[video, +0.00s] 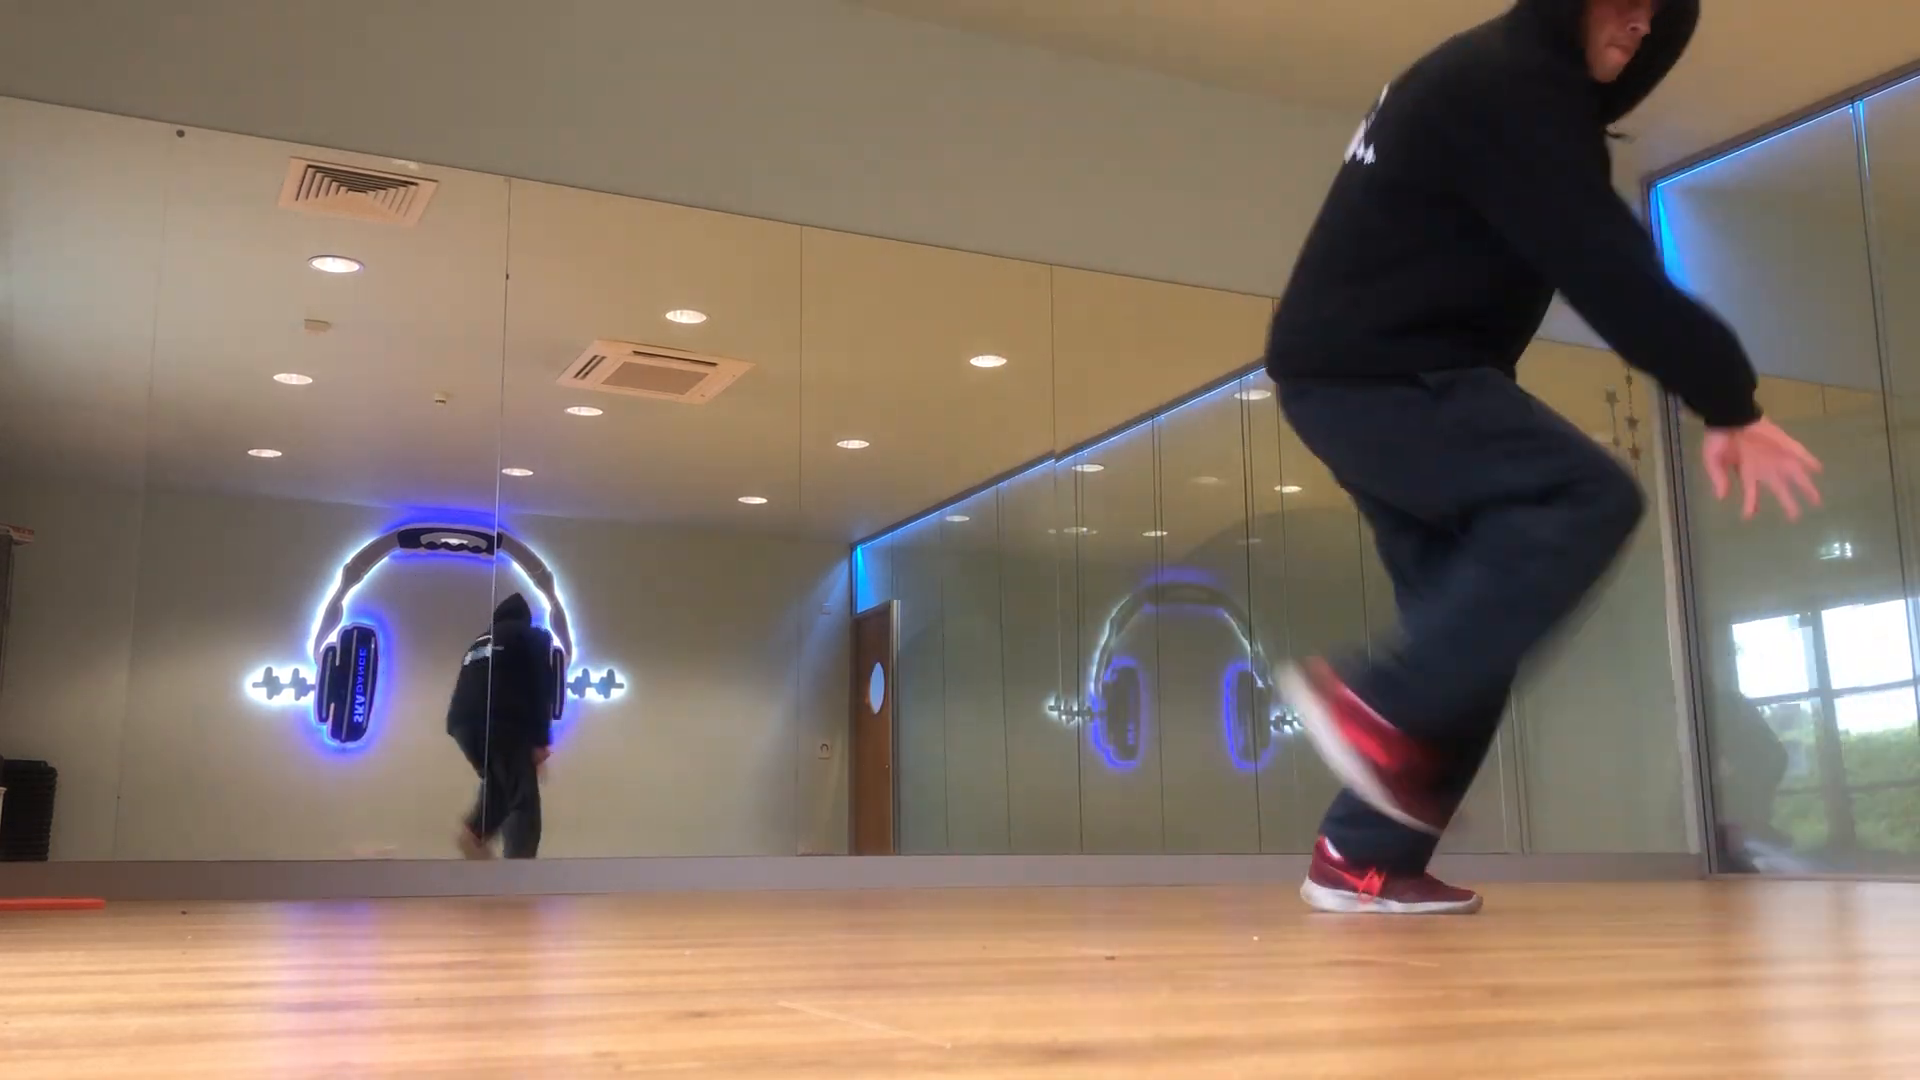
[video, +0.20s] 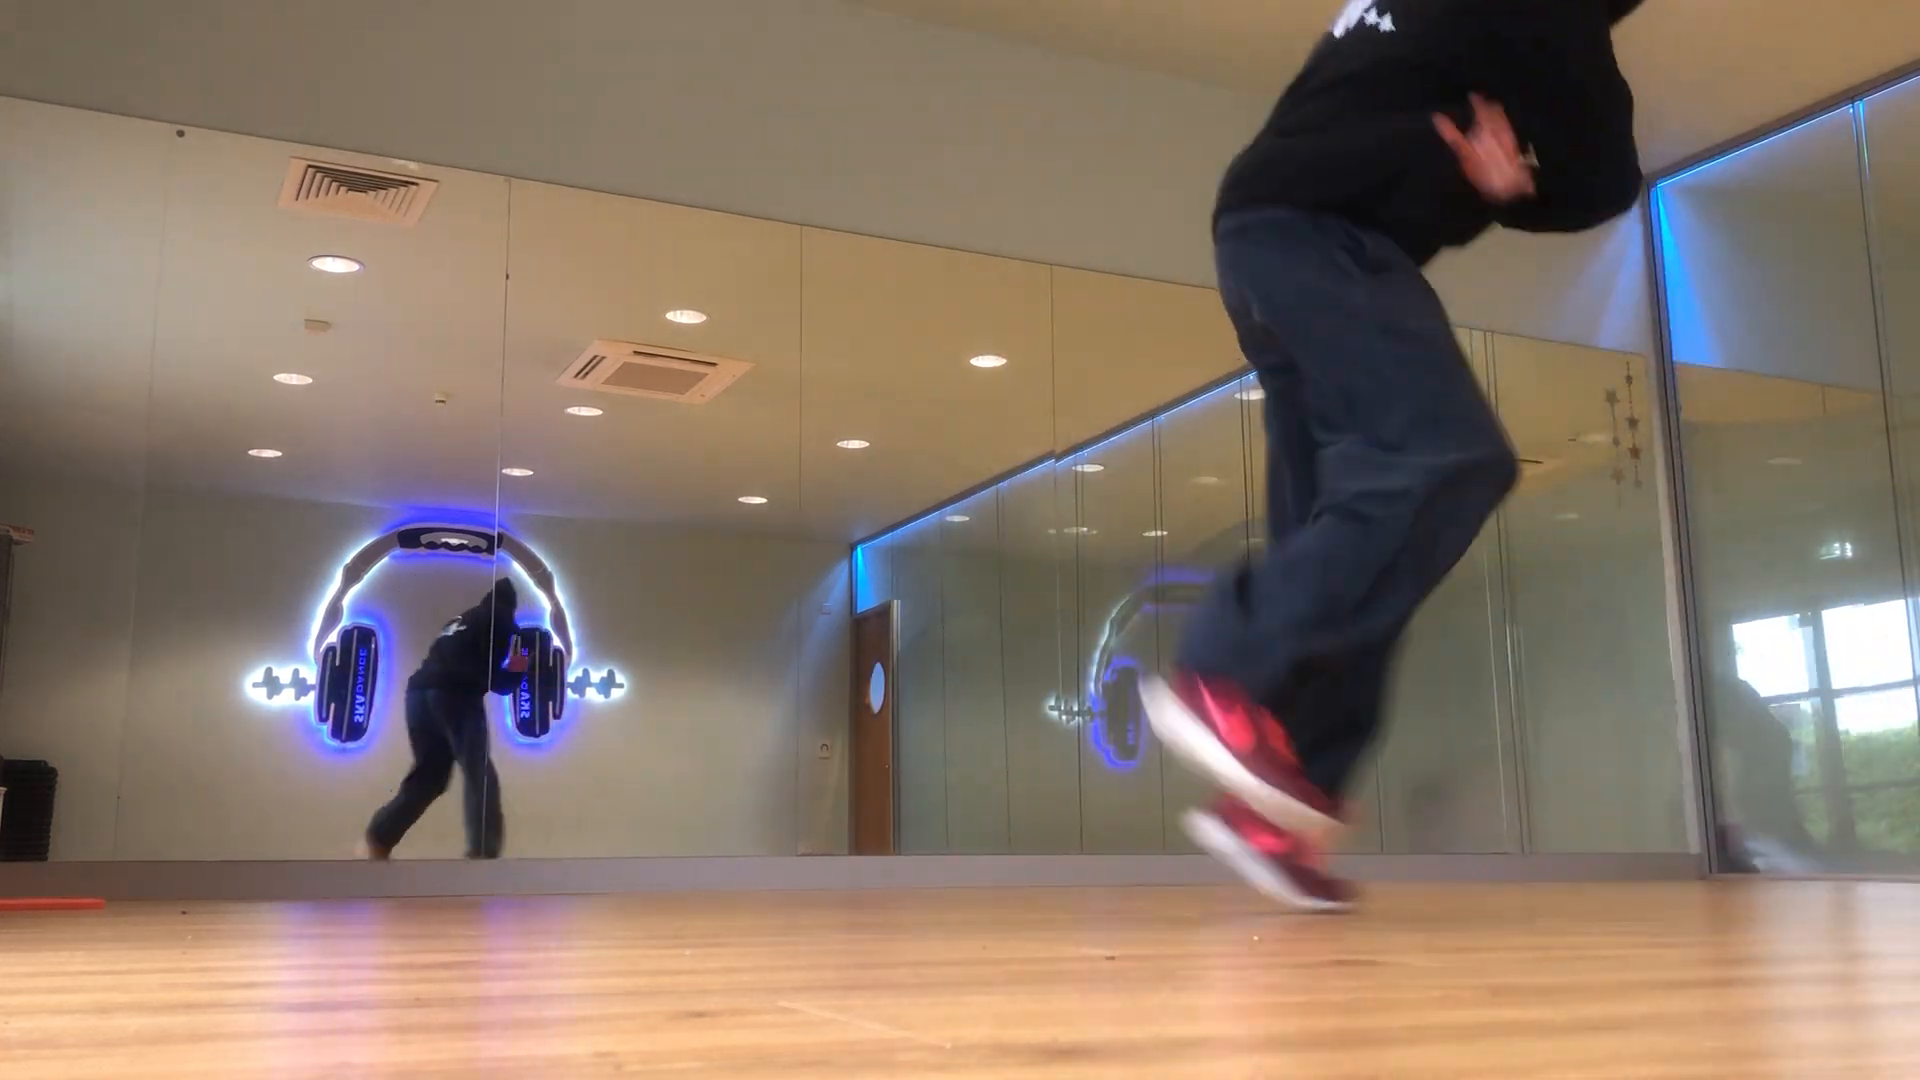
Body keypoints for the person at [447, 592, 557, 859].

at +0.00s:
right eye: (528, 615)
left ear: (497, 617)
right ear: (526, 615)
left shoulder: (480, 642)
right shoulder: (534, 637)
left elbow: (465, 694)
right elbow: (541, 689)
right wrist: (541, 739)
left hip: (463, 721)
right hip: (507, 722)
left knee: (498, 779)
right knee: (524, 794)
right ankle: (519, 866)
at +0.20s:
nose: (513, 613)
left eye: (511, 606)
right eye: (512, 607)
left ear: (487, 598)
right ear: (509, 604)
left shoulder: (461, 620)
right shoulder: (497, 620)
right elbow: (491, 678)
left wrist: (513, 672)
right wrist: (514, 672)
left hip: (419, 690)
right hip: (456, 693)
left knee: (432, 772)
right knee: (479, 768)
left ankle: (381, 835)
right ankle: (483, 851)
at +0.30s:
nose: (495, 624)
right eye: (495, 618)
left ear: (468, 609)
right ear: (492, 615)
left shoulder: (441, 630)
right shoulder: (482, 632)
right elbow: (470, 690)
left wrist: (492, 702)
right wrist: (495, 702)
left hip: (400, 704)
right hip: (437, 707)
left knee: (404, 776)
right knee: (445, 782)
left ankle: (378, 856)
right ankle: (437, 861)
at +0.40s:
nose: (481, 639)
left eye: (481, 634)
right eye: (481, 634)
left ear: (453, 624)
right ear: (478, 631)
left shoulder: (427, 642)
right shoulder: (470, 648)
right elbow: (456, 701)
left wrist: (449, 755)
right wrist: (440, 721)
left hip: (380, 722)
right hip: (416, 724)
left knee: (391, 808)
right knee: (438, 804)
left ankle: (364, 873)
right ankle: (420, 868)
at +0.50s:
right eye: (477, 637)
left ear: (449, 629)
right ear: (475, 635)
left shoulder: (421, 643)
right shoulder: (472, 648)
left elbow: (394, 683)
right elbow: (464, 690)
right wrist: (441, 712)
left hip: (378, 711)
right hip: (418, 712)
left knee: (378, 791)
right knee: (433, 789)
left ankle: (367, 861)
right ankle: (408, 847)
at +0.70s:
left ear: (434, 625)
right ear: (464, 633)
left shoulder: (409, 638)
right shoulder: (472, 656)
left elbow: (368, 634)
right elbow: (465, 689)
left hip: (394, 717)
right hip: (439, 728)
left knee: (360, 784)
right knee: (414, 800)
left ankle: (312, 839)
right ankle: (379, 863)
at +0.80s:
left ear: (426, 616)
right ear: (454, 624)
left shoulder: (413, 624)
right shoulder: (470, 647)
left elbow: (401, 637)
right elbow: (430, 684)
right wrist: (385, 676)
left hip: (407, 712)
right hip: (450, 723)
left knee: (365, 777)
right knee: (410, 801)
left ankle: (355, 833)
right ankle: (383, 863)